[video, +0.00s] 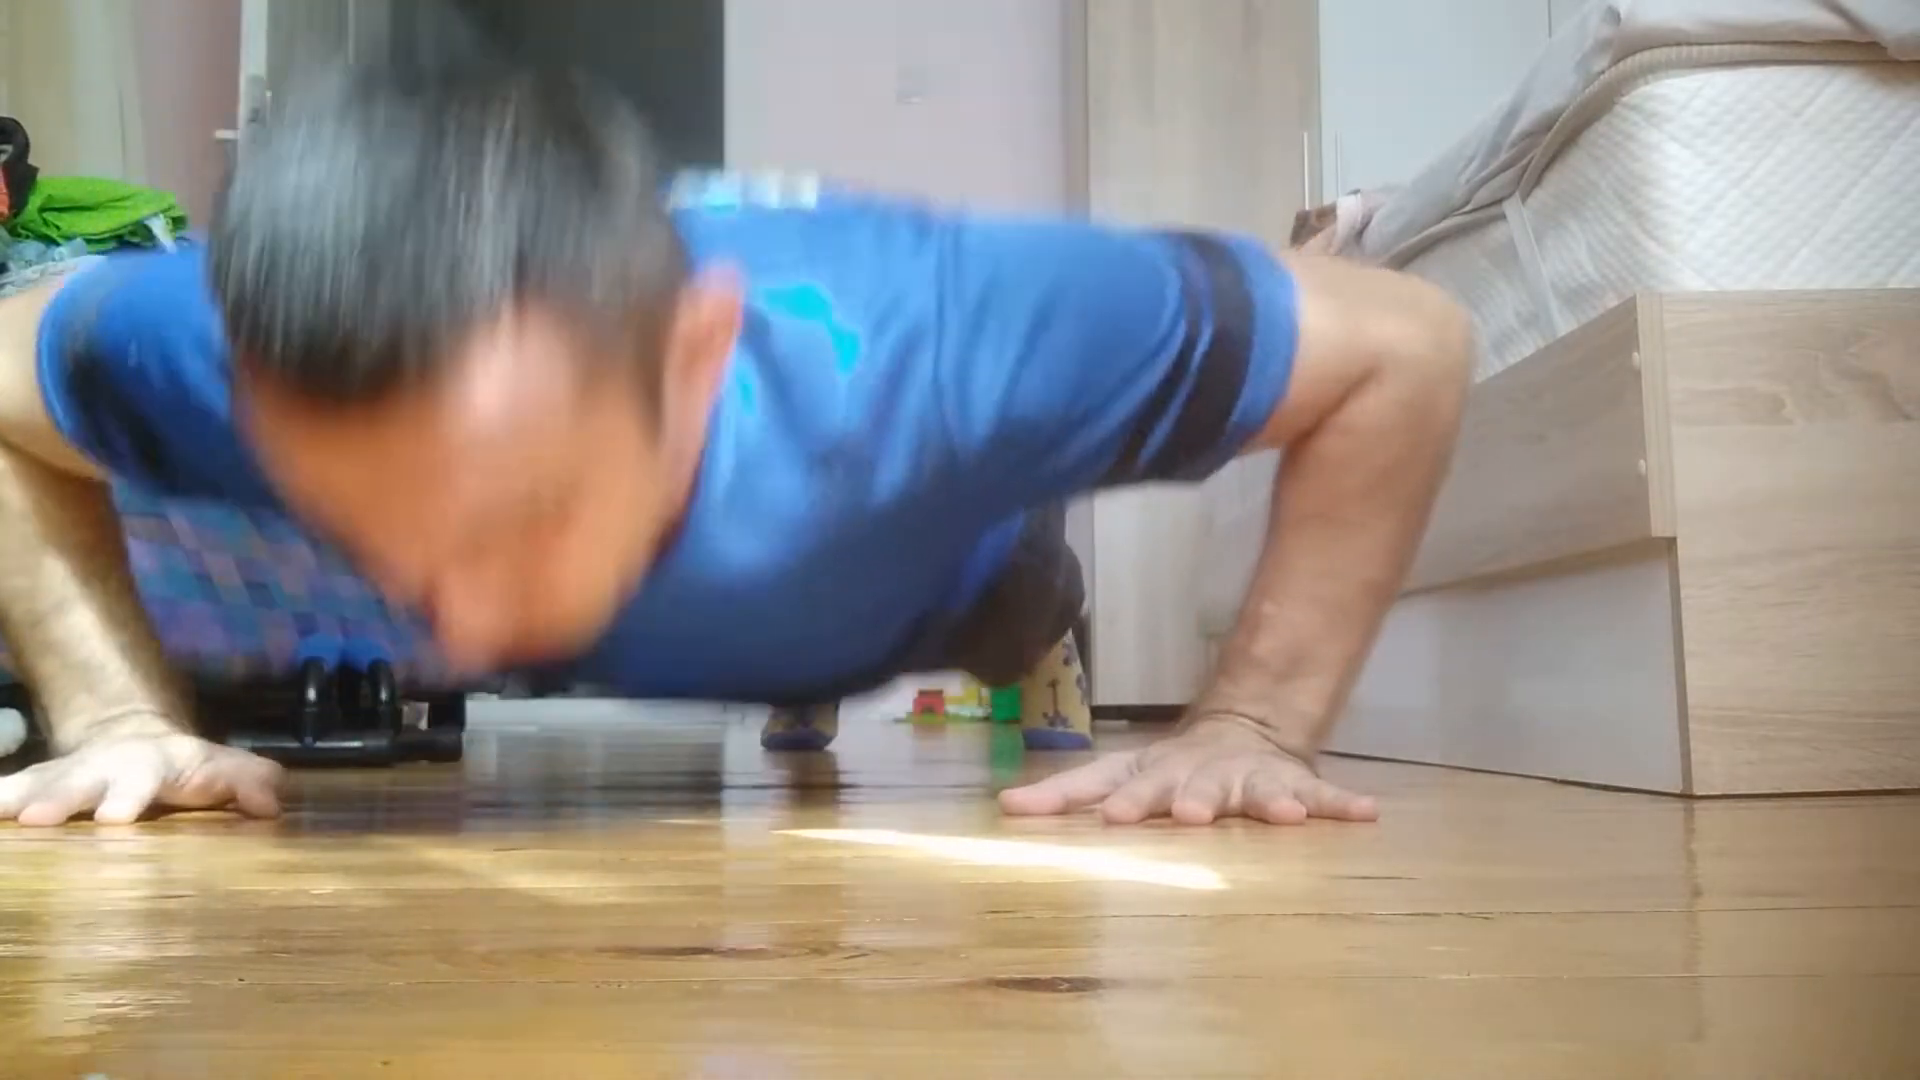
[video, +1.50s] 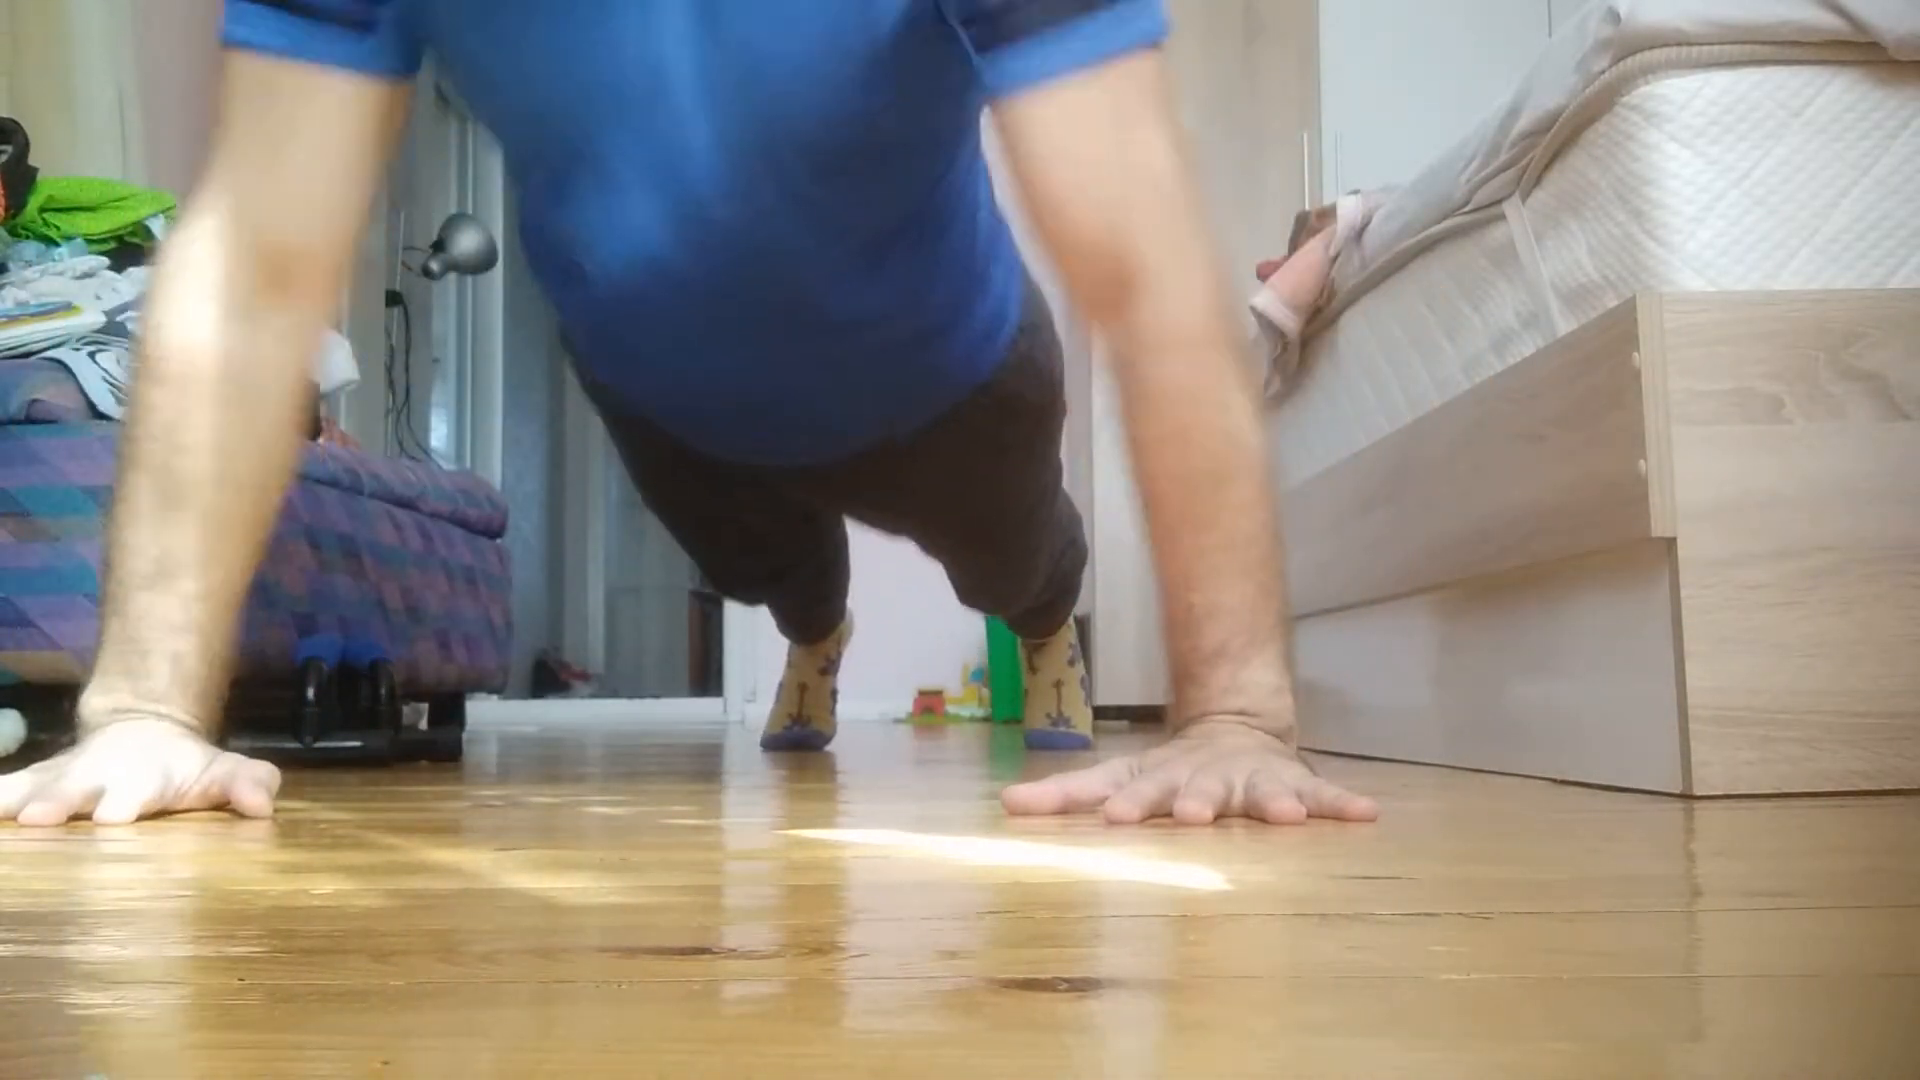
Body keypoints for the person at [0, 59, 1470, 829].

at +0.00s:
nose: (450, 619)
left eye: (520, 533)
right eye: (373, 548)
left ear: (691, 364)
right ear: (297, 429)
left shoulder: (945, 357)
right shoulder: (210, 348)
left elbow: (1406, 347)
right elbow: (16, 390)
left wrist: (1261, 725)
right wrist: (119, 712)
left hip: (924, 603)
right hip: (680, 633)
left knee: (1006, 618)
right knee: (802, 666)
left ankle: (1036, 652)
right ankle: (815, 701)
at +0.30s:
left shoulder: (984, 13)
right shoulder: (319, 15)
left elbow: (1252, 291)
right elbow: (155, 320)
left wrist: (1245, 717)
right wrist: (144, 717)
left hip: (932, 384)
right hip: (687, 441)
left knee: (1008, 561)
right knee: (786, 568)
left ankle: (1020, 617)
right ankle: (823, 645)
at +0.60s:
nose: (508, 93)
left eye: (557, 34)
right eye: (461, 43)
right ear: (405, 11)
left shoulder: (934, 21)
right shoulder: (300, 39)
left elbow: (1305, 311)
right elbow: (95, 349)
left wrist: (1246, 720)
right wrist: (137, 720)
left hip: (941, 486)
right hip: (691, 533)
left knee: (1001, 611)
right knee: (788, 611)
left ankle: (1007, 651)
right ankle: (816, 654)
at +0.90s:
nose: (477, 789)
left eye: (545, 690)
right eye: (389, 710)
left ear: (703, 495)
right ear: (270, 549)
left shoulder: (934, 439)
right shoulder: (218, 401)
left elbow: (1360, 346)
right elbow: (22, 349)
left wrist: (1253, 718)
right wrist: (124, 719)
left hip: (916, 697)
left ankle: (1028, 696)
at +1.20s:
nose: (563, 99)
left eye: (616, 34)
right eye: (505, 44)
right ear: (431, 15)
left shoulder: (971, 56)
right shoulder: (315, 89)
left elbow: (1375, 346)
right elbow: (60, 368)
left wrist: (1263, 720)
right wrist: (136, 718)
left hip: (938, 453)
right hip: (697, 497)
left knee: (1009, 587)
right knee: (785, 593)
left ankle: (1027, 634)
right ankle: (817, 650)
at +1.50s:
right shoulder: (371, 2)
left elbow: (1152, 277)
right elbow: (254, 271)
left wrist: (1240, 705)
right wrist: (148, 710)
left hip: (930, 377)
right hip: (672, 412)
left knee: (1011, 557)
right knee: (775, 563)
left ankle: (1023, 617)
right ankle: (816, 635)